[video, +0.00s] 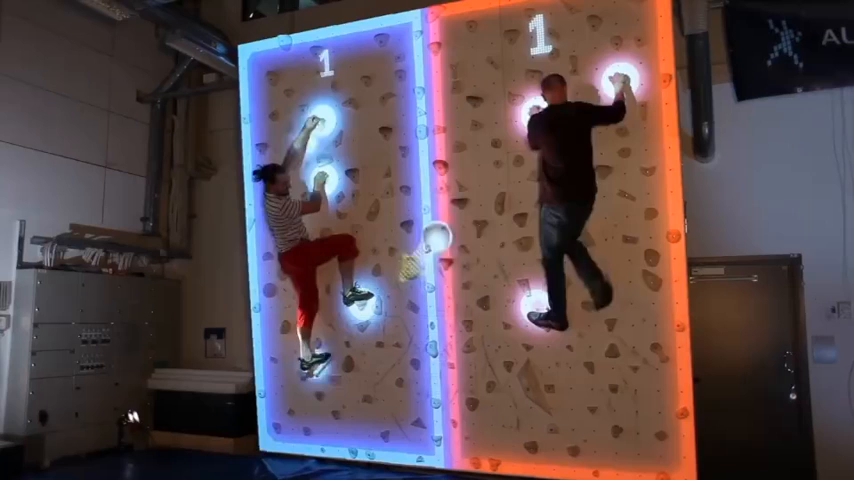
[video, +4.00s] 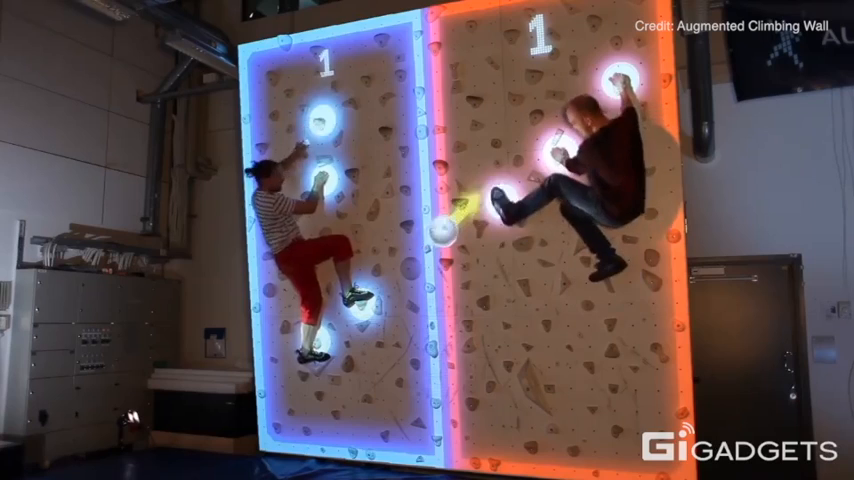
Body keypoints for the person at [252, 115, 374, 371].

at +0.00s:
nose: (287, 184)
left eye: (286, 180)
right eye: (283, 182)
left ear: (279, 181)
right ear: (273, 186)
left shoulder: (271, 195)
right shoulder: (282, 205)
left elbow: (292, 159)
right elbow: (316, 206)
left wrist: (307, 130)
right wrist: (319, 186)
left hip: (289, 258)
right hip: (300, 253)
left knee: (308, 303)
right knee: (346, 243)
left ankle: (306, 358)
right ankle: (349, 290)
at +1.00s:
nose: (281, 181)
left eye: (280, 177)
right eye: (276, 179)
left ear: (268, 180)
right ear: (264, 181)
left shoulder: (263, 192)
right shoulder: (269, 203)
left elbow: (289, 157)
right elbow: (303, 206)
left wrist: (309, 130)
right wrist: (316, 186)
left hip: (278, 253)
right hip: (285, 250)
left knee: (301, 300)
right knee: (330, 245)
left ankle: (305, 351)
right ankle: (348, 293)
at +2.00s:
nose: (288, 184)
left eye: (286, 180)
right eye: (283, 181)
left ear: (276, 185)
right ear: (272, 186)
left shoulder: (272, 203)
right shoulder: (280, 208)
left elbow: (293, 164)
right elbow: (313, 208)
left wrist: (310, 132)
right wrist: (319, 188)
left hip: (290, 262)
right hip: (298, 258)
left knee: (323, 303)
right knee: (341, 244)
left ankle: (308, 350)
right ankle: (349, 291)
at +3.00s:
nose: (295, 182)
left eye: (294, 179)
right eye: (291, 180)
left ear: (280, 182)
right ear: (279, 183)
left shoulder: (274, 198)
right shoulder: (285, 205)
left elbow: (295, 161)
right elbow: (318, 208)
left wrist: (310, 132)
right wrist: (320, 185)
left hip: (286, 264)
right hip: (298, 257)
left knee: (321, 300)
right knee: (340, 244)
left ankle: (309, 351)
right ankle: (349, 292)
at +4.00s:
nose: (282, 178)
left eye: (281, 174)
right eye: (278, 175)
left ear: (264, 179)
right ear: (267, 180)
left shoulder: (258, 196)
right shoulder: (274, 201)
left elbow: (277, 171)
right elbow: (310, 207)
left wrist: (293, 156)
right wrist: (319, 186)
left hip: (285, 256)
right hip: (294, 252)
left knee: (312, 299)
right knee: (339, 243)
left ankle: (306, 350)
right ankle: (348, 291)